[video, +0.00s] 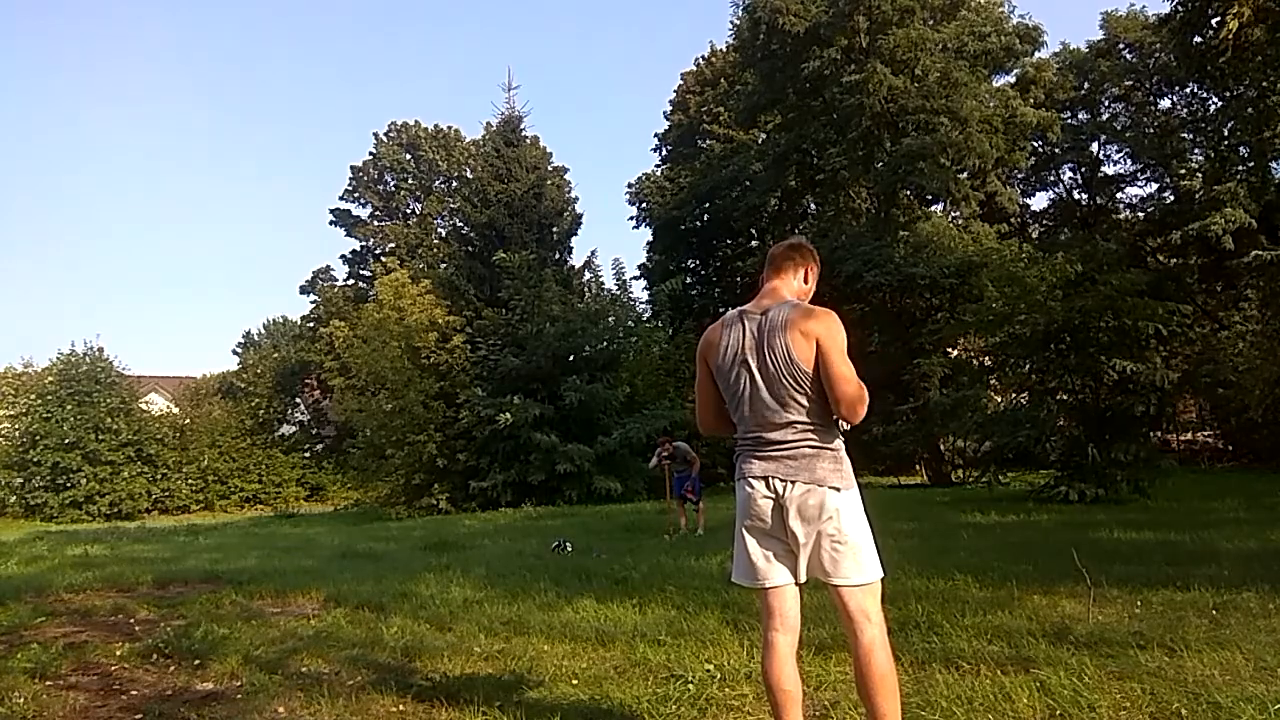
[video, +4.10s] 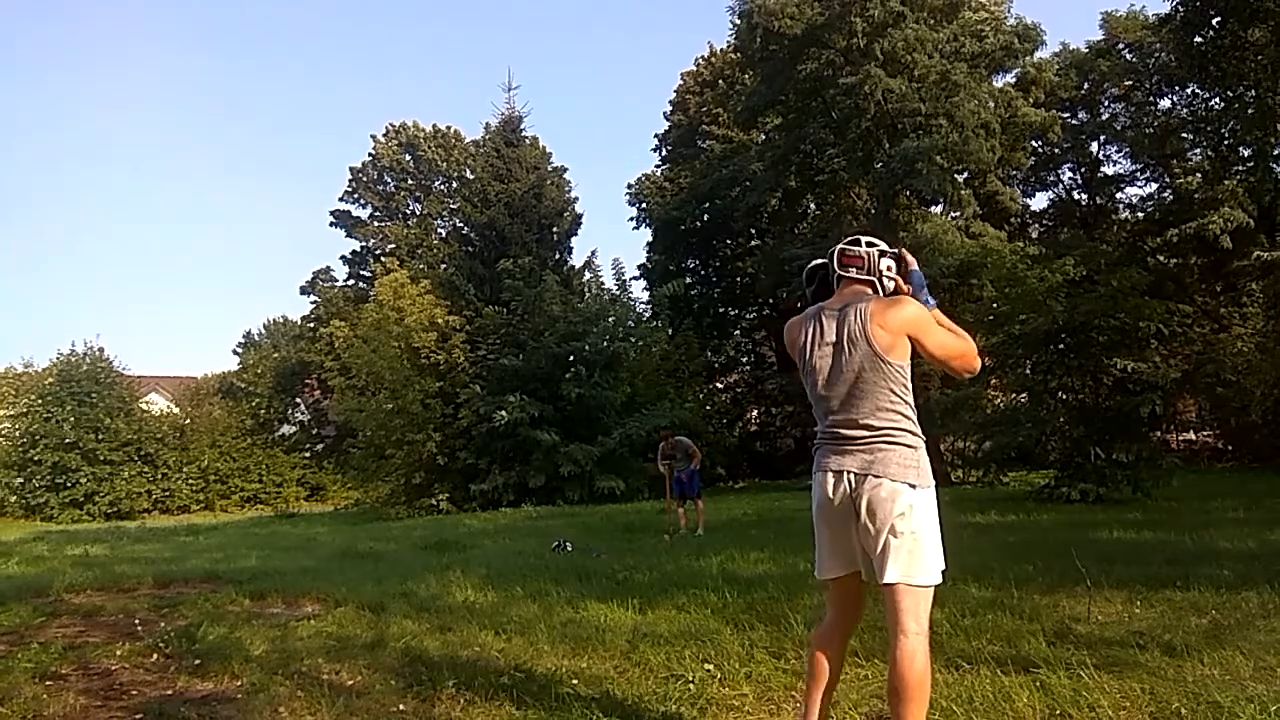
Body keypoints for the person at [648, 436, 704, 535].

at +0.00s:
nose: (667, 452)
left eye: (668, 449)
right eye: (664, 450)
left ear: (671, 446)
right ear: (661, 449)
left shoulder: (682, 447)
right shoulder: (660, 451)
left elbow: (696, 462)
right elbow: (650, 466)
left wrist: (692, 480)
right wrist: (659, 459)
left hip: (690, 473)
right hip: (677, 475)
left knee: (697, 501)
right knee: (679, 502)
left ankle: (700, 528)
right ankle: (683, 528)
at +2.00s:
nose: (668, 452)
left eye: (669, 449)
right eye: (665, 450)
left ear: (673, 445)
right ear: (662, 449)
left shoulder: (682, 447)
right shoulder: (661, 451)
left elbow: (697, 461)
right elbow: (653, 467)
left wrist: (692, 480)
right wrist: (660, 460)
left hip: (690, 472)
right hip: (677, 474)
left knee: (697, 501)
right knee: (679, 502)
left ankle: (700, 527)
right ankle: (683, 528)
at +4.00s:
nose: (669, 448)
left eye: (670, 446)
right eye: (667, 446)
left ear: (673, 442)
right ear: (664, 445)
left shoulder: (683, 443)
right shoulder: (662, 449)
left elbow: (697, 458)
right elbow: (659, 467)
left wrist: (692, 472)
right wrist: (664, 470)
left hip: (690, 473)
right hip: (678, 475)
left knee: (697, 500)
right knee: (680, 503)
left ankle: (700, 527)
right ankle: (683, 528)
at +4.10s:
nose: (669, 444)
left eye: (670, 442)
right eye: (666, 443)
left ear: (673, 438)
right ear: (663, 442)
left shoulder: (683, 442)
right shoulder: (662, 447)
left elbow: (697, 455)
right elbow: (660, 462)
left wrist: (690, 470)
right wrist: (664, 470)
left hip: (690, 471)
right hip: (677, 473)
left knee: (696, 499)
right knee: (679, 502)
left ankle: (700, 527)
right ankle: (683, 528)